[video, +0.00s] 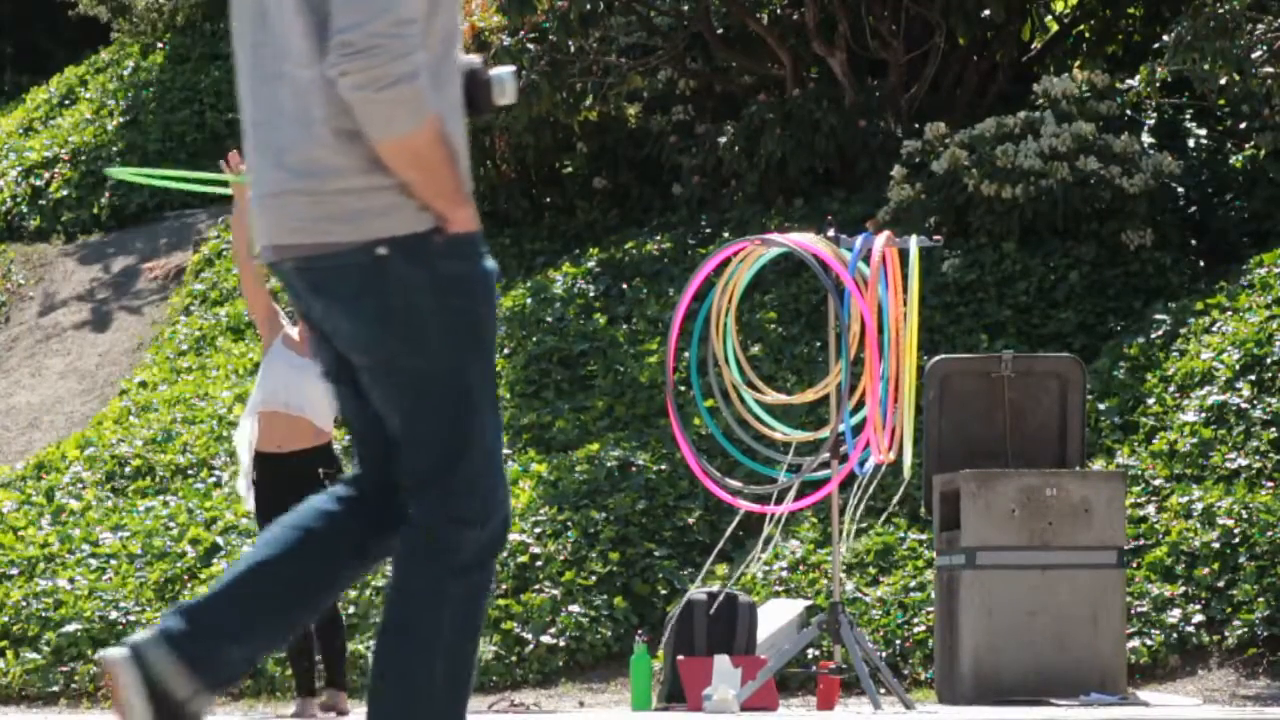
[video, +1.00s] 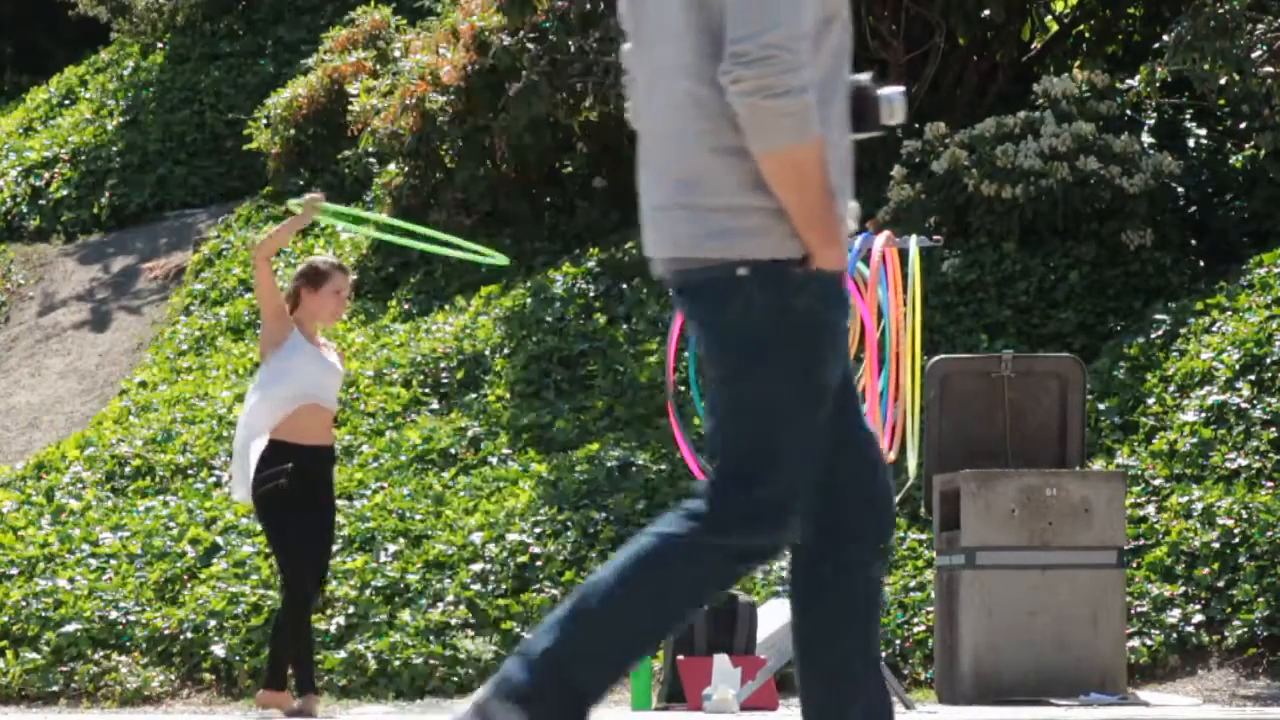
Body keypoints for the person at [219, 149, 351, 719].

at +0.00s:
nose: (309, 309)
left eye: (322, 305)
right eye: (304, 303)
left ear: (341, 317)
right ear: (294, 310)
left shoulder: (339, 357)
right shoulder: (276, 336)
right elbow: (248, 264)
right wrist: (241, 195)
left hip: (318, 464)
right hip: (269, 468)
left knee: (322, 585)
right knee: (287, 583)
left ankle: (336, 690)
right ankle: (305, 695)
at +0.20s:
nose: (312, 301)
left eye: (322, 294)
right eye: (306, 292)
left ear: (338, 301)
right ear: (294, 296)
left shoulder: (351, 358)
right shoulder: (275, 330)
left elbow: (405, 409)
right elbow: (250, 258)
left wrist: (447, 437)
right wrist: (228, 187)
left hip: (320, 470)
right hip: (267, 471)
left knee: (322, 589)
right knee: (290, 593)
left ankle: (351, 690)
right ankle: (311, 698)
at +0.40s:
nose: (322, 304)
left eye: (332, 298)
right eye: (314, 294)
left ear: (343, 304)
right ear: (299, 296)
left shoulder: (347, 358)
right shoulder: (279, 327)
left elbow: (404, 401)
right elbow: (254, 259)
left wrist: (459, 436)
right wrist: (238, 197)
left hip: (321, 466)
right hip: (268, 466)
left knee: (330, 588)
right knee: (291, 590)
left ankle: (316, 671)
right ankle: (305, 693)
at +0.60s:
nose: (330, 306)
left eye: (339, 300)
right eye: (323, 297)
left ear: (346, 307)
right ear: (303, 297)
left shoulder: (344, 358)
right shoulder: (278, 322)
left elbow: (396, 401)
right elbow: (260, 256)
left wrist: (449, 431)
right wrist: (263, 198)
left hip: (319, 465)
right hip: (267, 465)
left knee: (329, 581)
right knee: (292, 586)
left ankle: (292, 655)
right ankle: (305, 695)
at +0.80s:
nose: (343, 307)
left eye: (347, 300)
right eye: (336, 297)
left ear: (344, 306)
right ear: (308, 294)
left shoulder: (339, 357)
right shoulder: (277, 325)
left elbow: (360, 411)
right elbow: (260, 252)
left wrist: (379, 455)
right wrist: (284, 206)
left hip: (321, 466)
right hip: (274, 463)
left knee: (321, 585)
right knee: (296, 585)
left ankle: (278, 672)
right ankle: (305, 696)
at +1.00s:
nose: (343, 303)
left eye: (347, 295)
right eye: (337, 293)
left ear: (334, 302)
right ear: (306, 293)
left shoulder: (330, 349)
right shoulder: (278, 329)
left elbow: (318, 412)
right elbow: (260, 254)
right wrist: (303, 217)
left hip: (321, 467)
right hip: (281, 464)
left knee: (307, 583)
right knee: (298, 582)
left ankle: (274, 686)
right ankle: (306, 693)